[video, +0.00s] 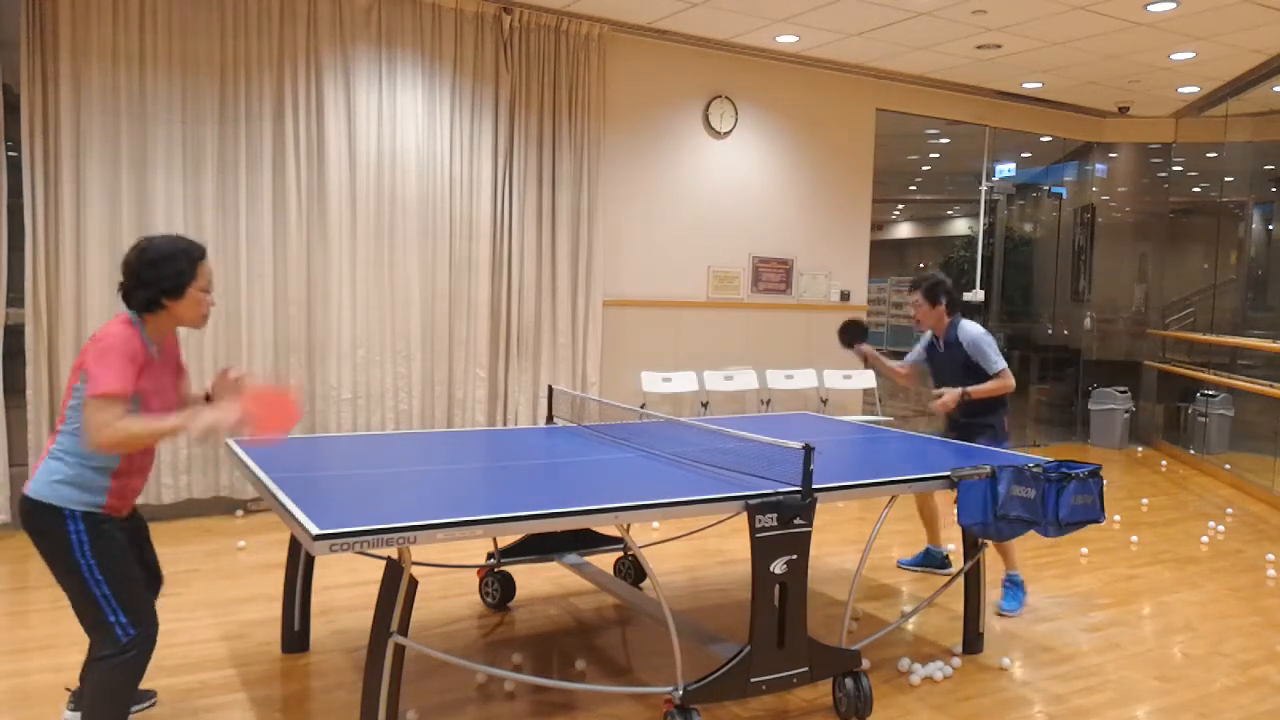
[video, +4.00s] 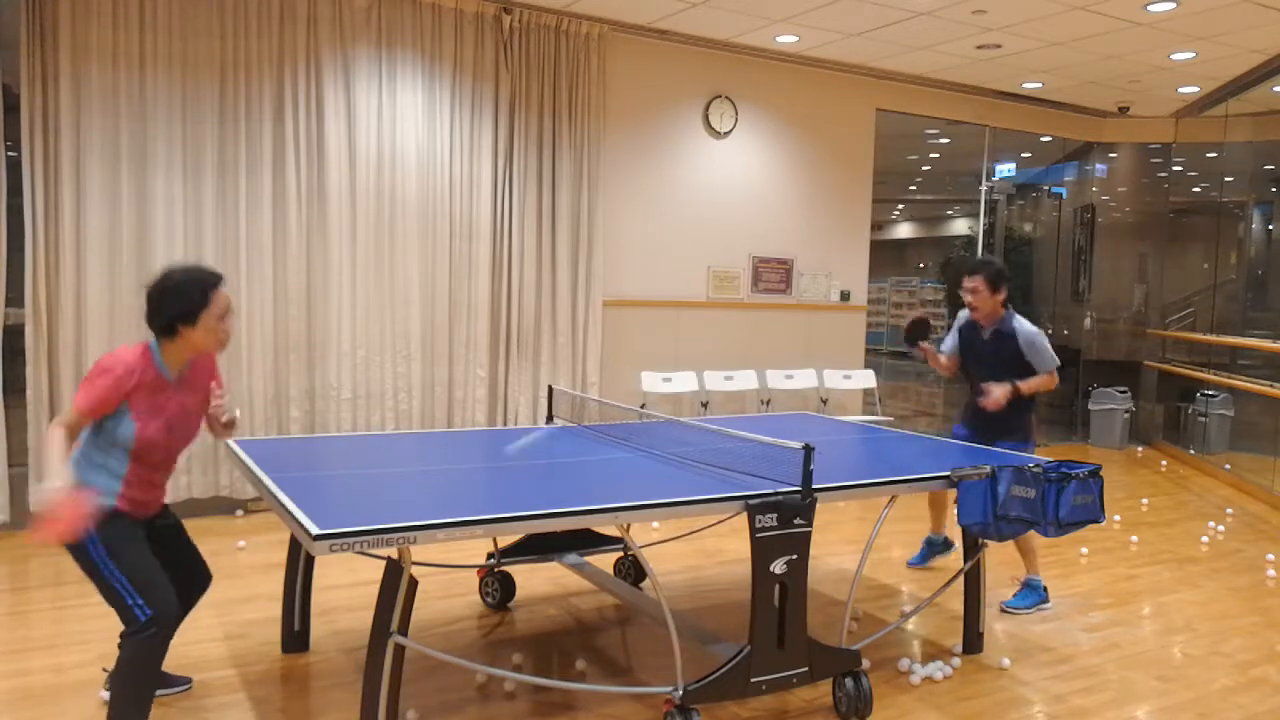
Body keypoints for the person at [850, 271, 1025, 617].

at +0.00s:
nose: (913, 312)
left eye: (918, 305)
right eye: (912, 306)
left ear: (940, 305)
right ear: (933, 307)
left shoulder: (971, 334)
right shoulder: (930, 340)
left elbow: (1007, 382)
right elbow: (903, 375)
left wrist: (961, 393)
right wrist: (872, 356)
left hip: (988, 434)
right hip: (955, 432)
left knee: (985, 506)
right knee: (921, 482)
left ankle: (1013, 578)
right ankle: (936, 552)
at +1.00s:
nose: (926, 309)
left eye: (933, 302)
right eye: (923, 303)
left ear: (956, 305)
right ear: (923, 306)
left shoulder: (986, 338)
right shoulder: (924, 339)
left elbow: (1014, 384)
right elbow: (902, 383)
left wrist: (981, 390)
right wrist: (881, 363)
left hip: (985, 434)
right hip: (945, 430)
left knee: (985, 499)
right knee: (911, 475)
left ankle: (1005, 576)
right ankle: (922, 547)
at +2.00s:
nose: (865, 311)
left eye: (872, 305)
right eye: (862, 305)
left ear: (891, 311)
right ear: (859, 307)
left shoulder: (912, 341)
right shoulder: (856, 340)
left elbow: (942, 382)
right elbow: (834, 375)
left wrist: (916, 405)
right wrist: (815, 375)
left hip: (909, 429)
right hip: (872, 427)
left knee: (911, 485)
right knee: (844, 470)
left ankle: (932, 548)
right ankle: (852, 527)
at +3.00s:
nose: (918, 305)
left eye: (925, 298)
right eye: (914, 298)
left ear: (946, 302)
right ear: (909, 300)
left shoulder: (968, 333)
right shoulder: (901, 332)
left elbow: (994, 367)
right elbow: (889, 380)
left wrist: (978, 391)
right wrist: (893, 382)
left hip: (958, 424)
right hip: (918, 422)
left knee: (956, 488)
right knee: (899, 480)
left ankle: (972, 563)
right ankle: (915, 544)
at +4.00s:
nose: (968, 299)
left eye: (976, 292)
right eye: (966, 292)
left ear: (1000, 295)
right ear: (965, 294)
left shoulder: (1025, 333)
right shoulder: (964, 323)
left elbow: (1051, 378)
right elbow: (949, 365)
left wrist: (1011, 388)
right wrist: (928, 351)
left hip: (1012, 435)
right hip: (972, 427)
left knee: (1012, 508)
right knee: (937, 474)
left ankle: (1034, 583)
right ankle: (938, 537)